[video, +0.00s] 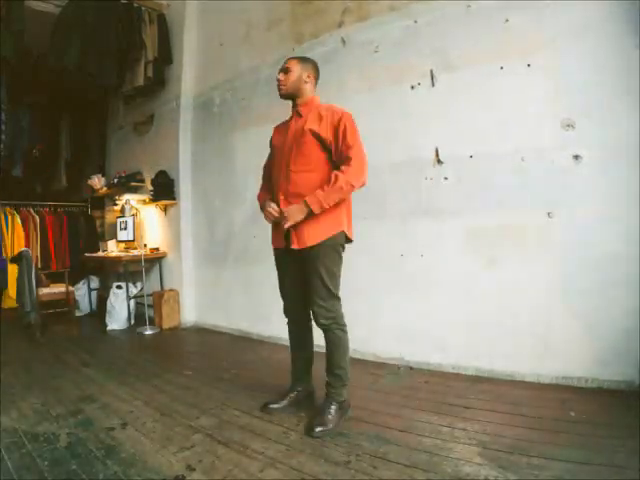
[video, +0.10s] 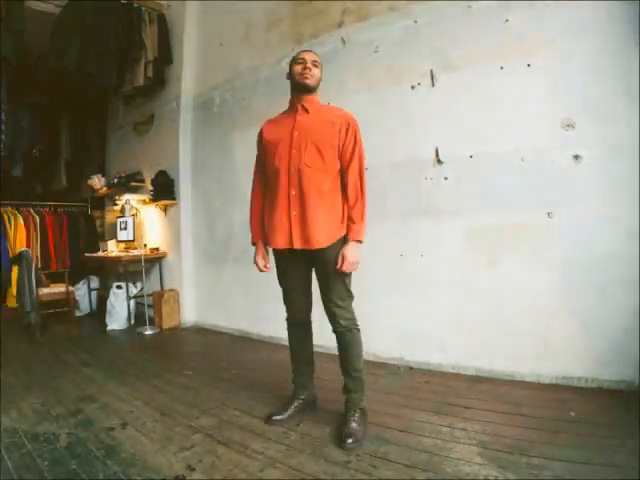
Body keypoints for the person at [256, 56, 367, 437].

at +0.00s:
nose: (279, 78)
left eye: (286, 71)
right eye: (279, 72)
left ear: (308, 78)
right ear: (290, 82)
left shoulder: (337, 119)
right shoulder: (280, 132)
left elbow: (355, 174)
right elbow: (268, 181)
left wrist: (305, 206)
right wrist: (267, 202)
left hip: (324, 233)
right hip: (286, 236)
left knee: (326, 313)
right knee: (296, 314)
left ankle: (336, 399)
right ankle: (300, 389)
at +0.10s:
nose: (308, 67)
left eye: (314, 63)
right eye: (301, 62)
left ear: (321, 76)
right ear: (289, 74)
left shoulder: (342, 122)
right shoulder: (270, 129)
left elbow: (355, 184)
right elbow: (260, 188)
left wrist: (354, 238)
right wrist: (259, 238)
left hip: (330, 237)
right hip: (286, 239)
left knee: (342, 320)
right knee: (297, 320)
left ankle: (355, 408)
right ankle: (302, 396)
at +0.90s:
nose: (315, 70)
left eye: (322, 62)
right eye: (311, 65)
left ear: (342, 68)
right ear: (310, 75)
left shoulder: (373, 116)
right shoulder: (312, 130)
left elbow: (389, 179)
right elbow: (308, 185)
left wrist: (379, 222)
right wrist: (302, 218)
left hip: (362, 238)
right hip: (322, 240)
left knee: (368, 319)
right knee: (334, 319)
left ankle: (369, 395)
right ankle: (341, 391)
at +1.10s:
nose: (316, 84)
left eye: (323, 77)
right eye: (314, 79)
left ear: (344, 82)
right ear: (313, 87)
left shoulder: (365, 124)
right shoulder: (310, 136)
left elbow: (386, 176)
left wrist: (344, 154)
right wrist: (288, 164)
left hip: (352, 226)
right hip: (319, 228)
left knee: (358, 308)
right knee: (326, 305)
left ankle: (363, 385)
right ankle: (336, 381)